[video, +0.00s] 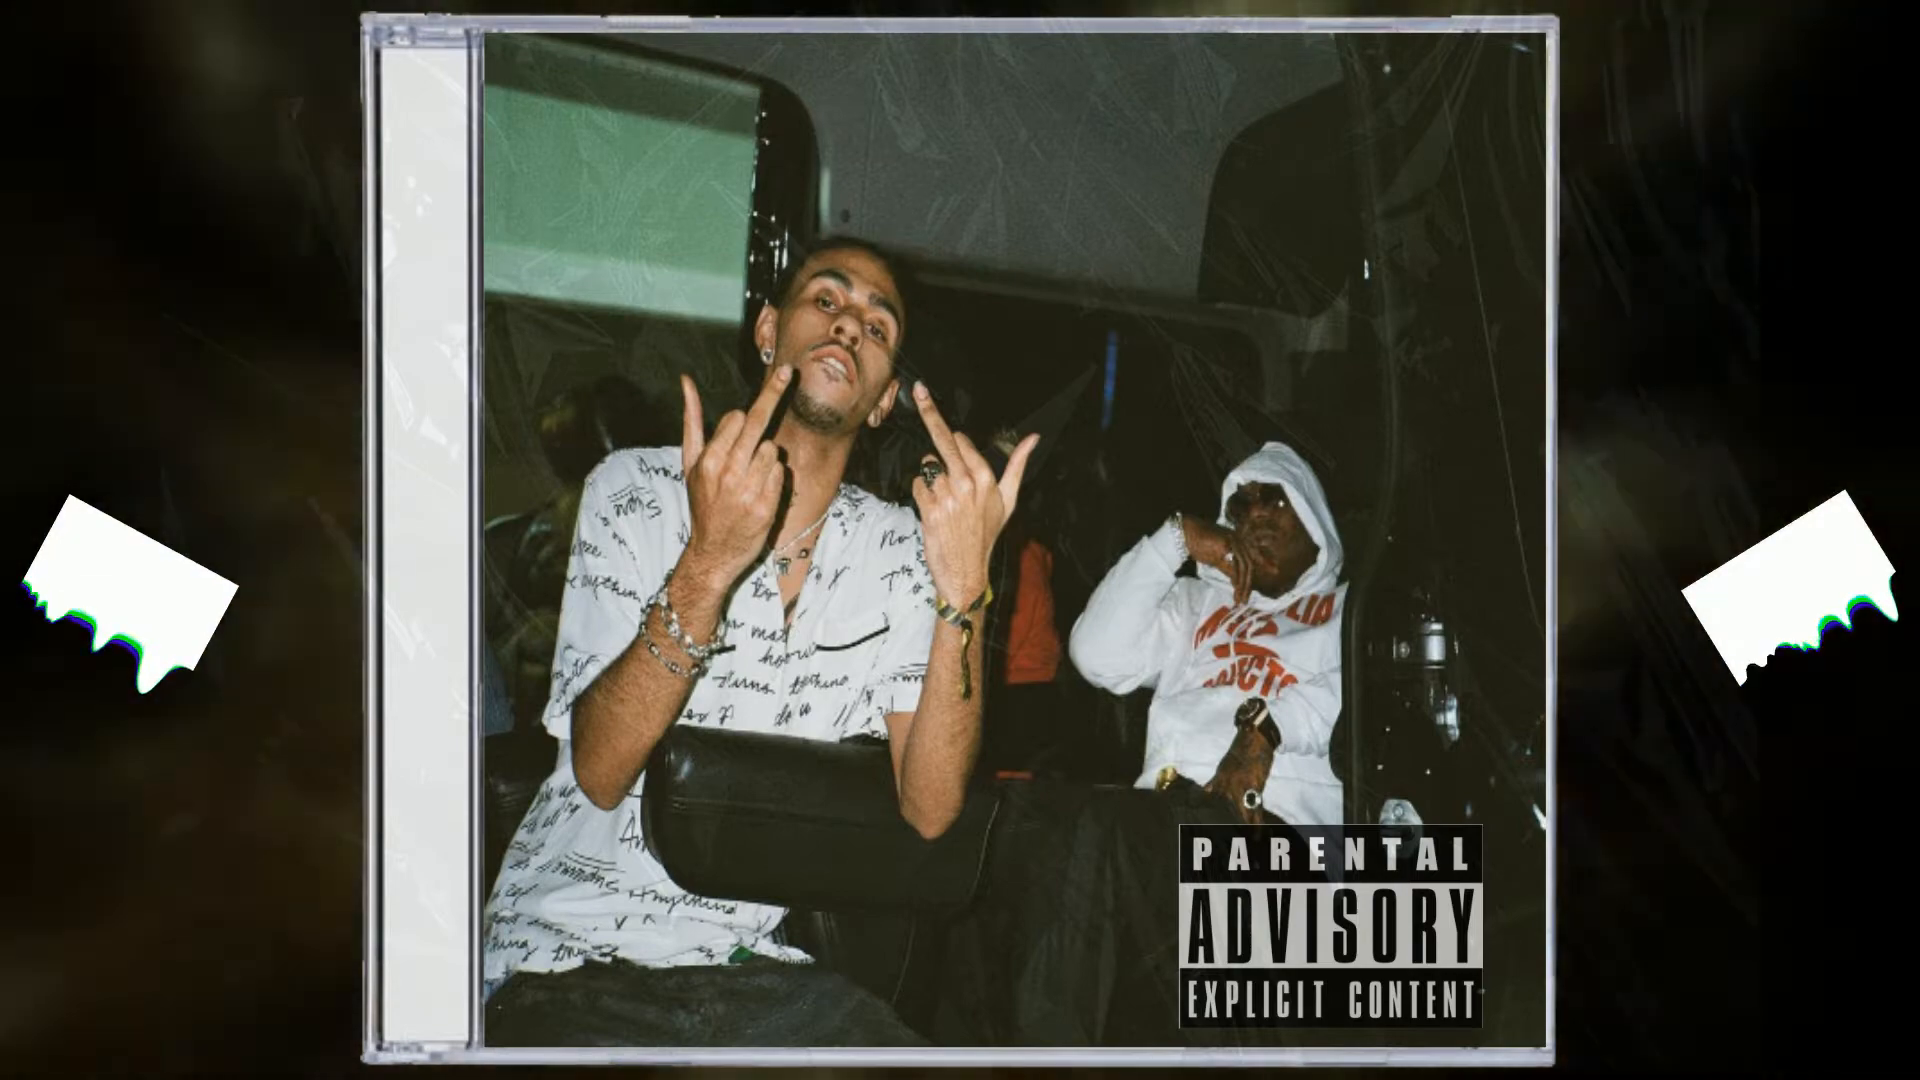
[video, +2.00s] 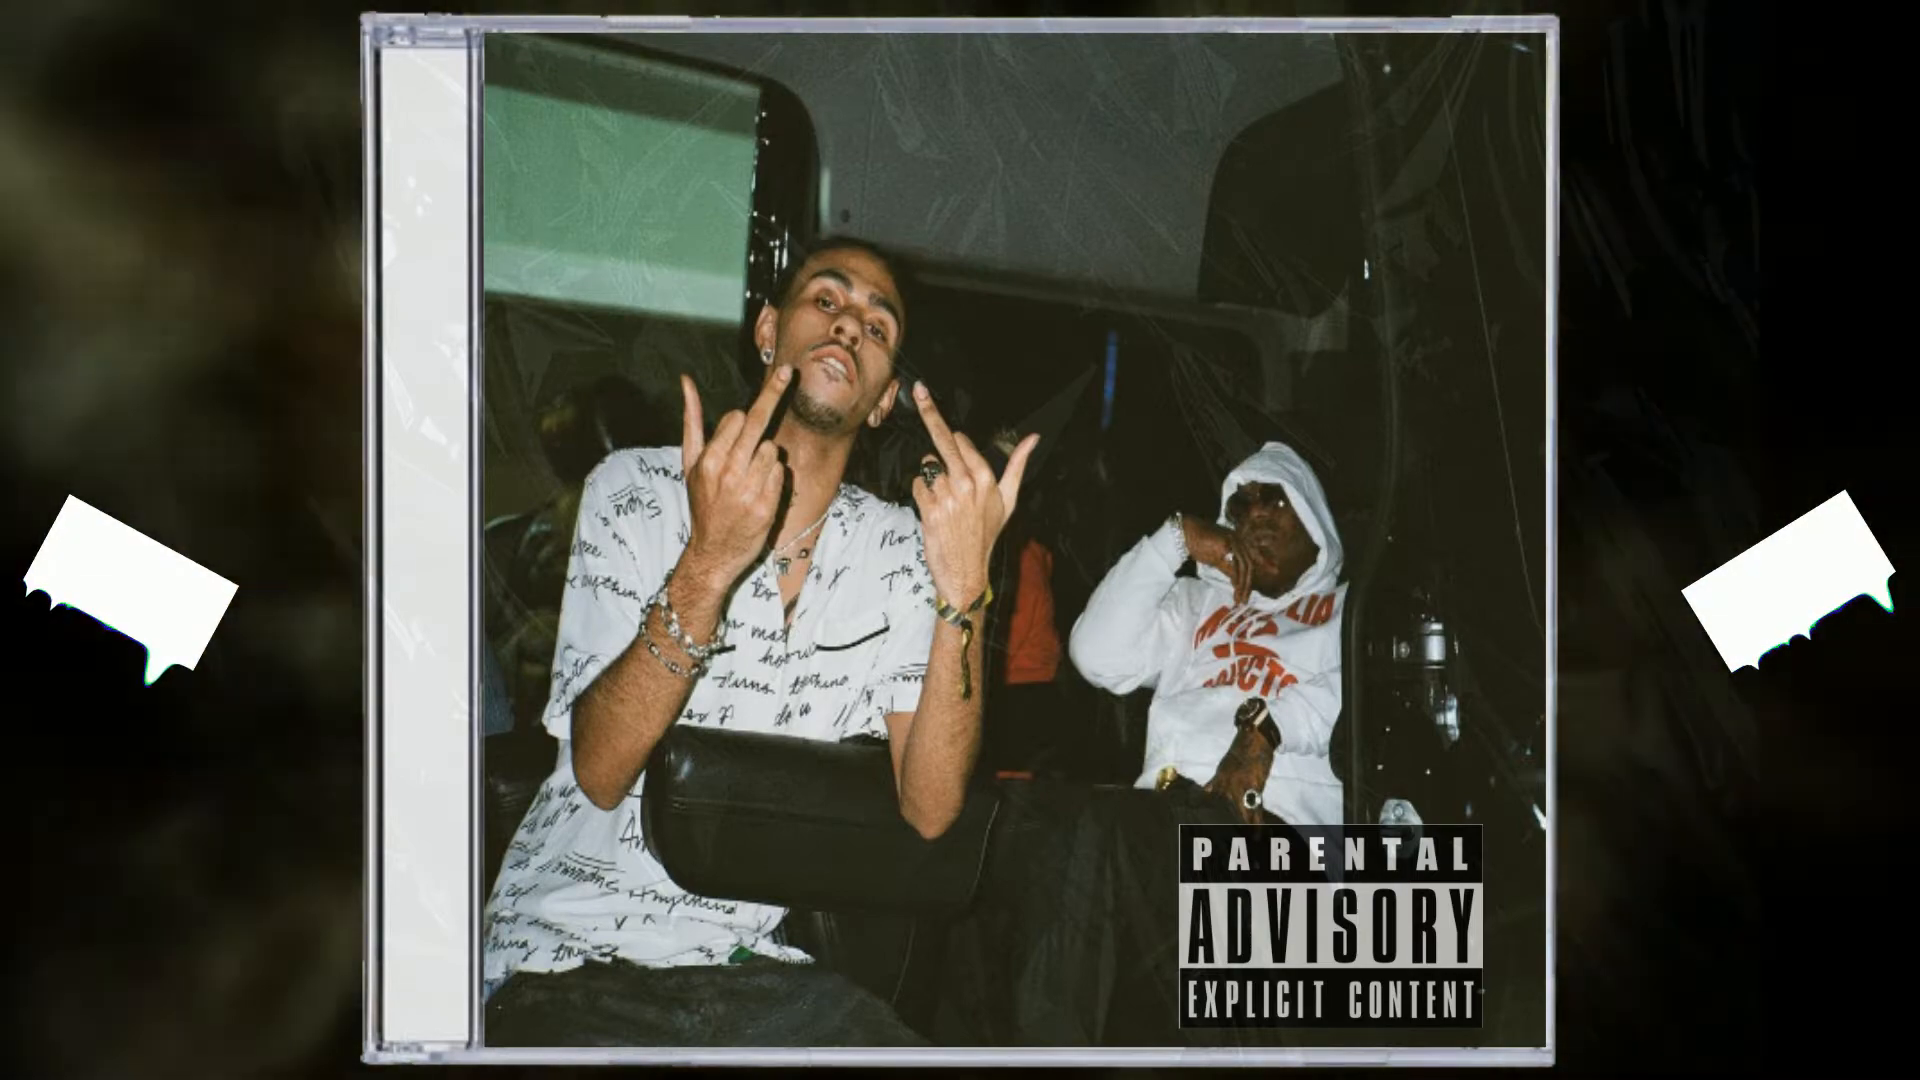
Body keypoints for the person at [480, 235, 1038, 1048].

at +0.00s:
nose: (851, 322)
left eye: (878, 323)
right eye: (826, 298)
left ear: (886, 396)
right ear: (767, 333)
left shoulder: (903, 550)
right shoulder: (637, 490)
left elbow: (931, 809)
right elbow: (601, 770)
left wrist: (966, 594)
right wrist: (709, 564)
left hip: (751, 956)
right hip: (568, 944)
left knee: (909, 1064)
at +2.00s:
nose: (851, 323)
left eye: (878, 323)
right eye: (826, 299)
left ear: (887, 395)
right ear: (767, 333)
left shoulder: (903, 550)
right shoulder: (638, 490)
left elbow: (931, 809)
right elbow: (601, 770)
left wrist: (965, 594)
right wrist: (710, 564)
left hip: (755, 956)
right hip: (570, 944)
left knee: (905, 1060)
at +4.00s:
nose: (851, 323)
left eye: (878, 323)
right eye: (826, 298)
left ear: (887, 395)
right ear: (767, 333)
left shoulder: (903, 550)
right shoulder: (638, 490)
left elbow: (931, 809)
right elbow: (601, 770)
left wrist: (966, 594)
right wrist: (710, 564)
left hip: (756, 956)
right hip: (571, 944)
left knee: (907, 1060)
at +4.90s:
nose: (851, 323)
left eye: (878, 324)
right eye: (826, 298)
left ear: (886, 396)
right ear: (766, 333)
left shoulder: (901, 549)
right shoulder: (637, 490)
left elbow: (931, 808)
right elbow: (601, 771)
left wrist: (965, 594)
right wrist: (709, 565)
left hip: (750, 955)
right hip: (567, 944)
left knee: (909, 1063)